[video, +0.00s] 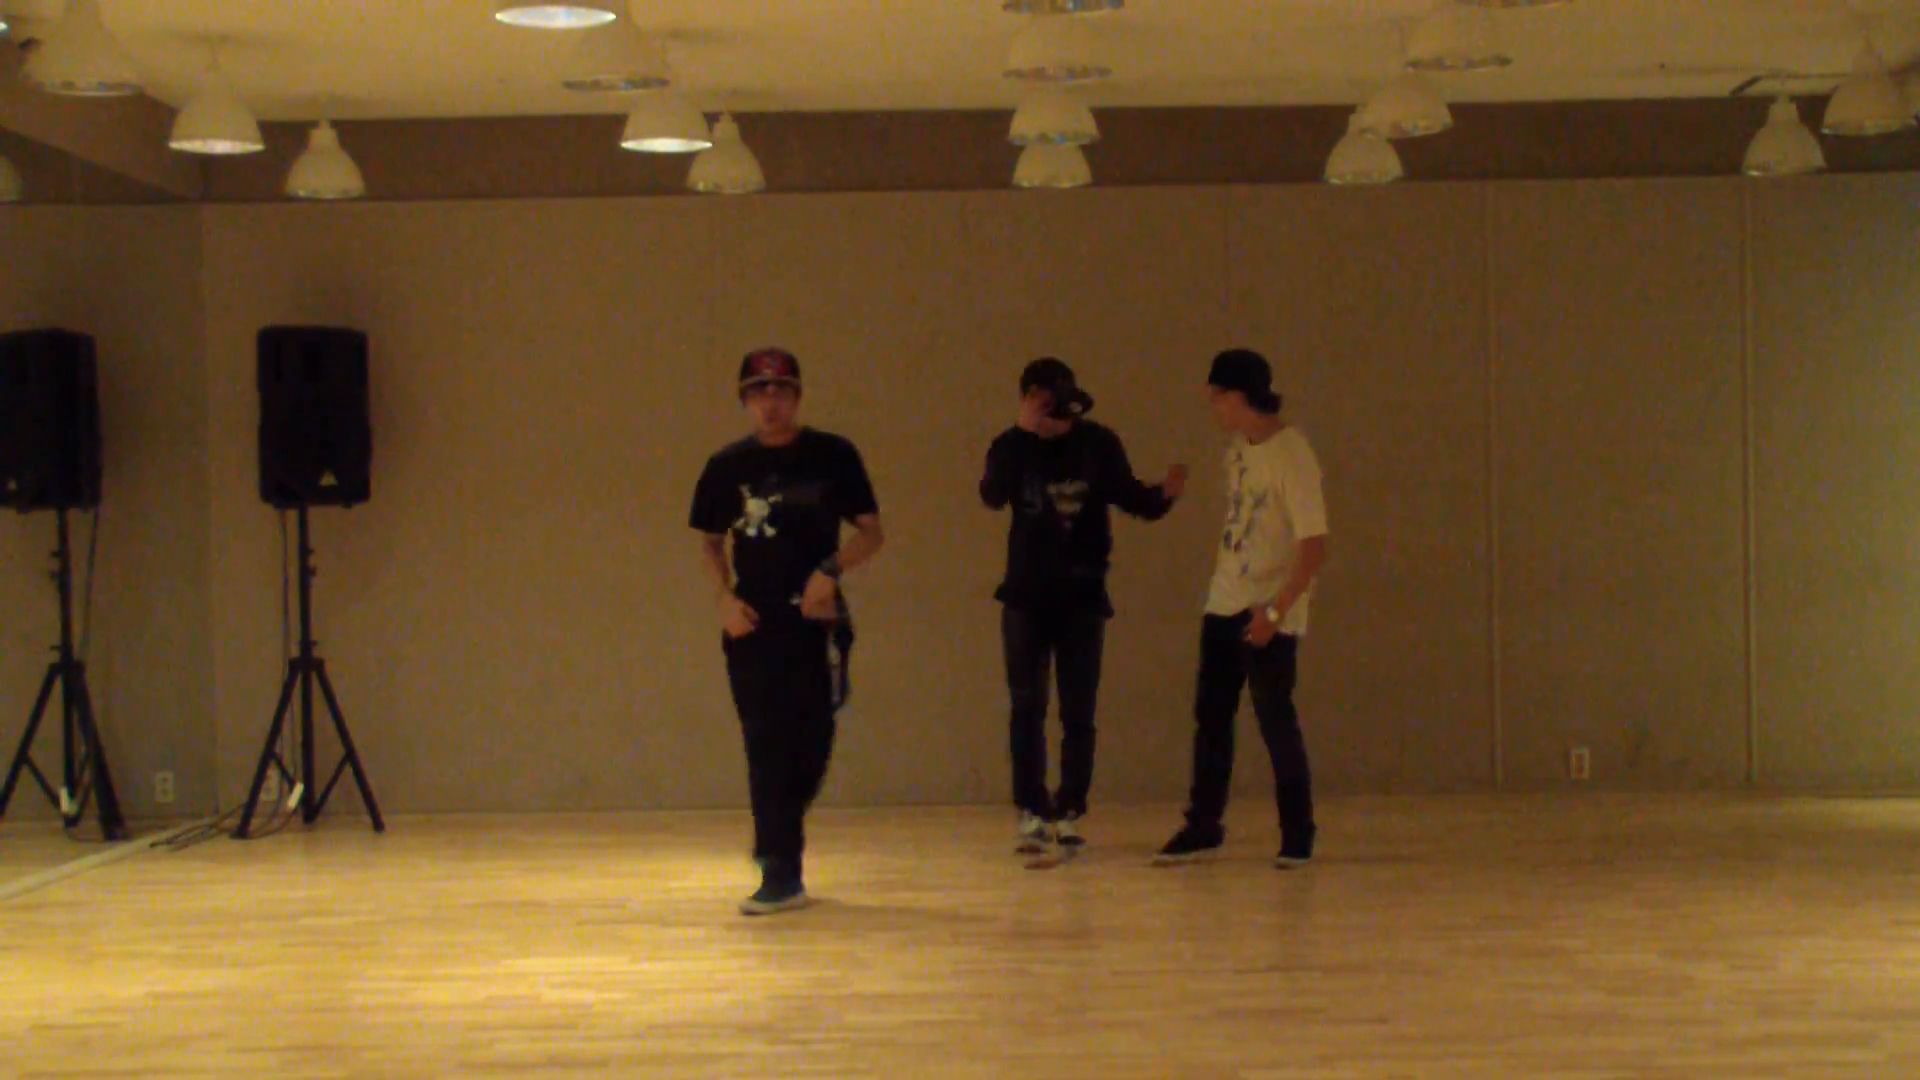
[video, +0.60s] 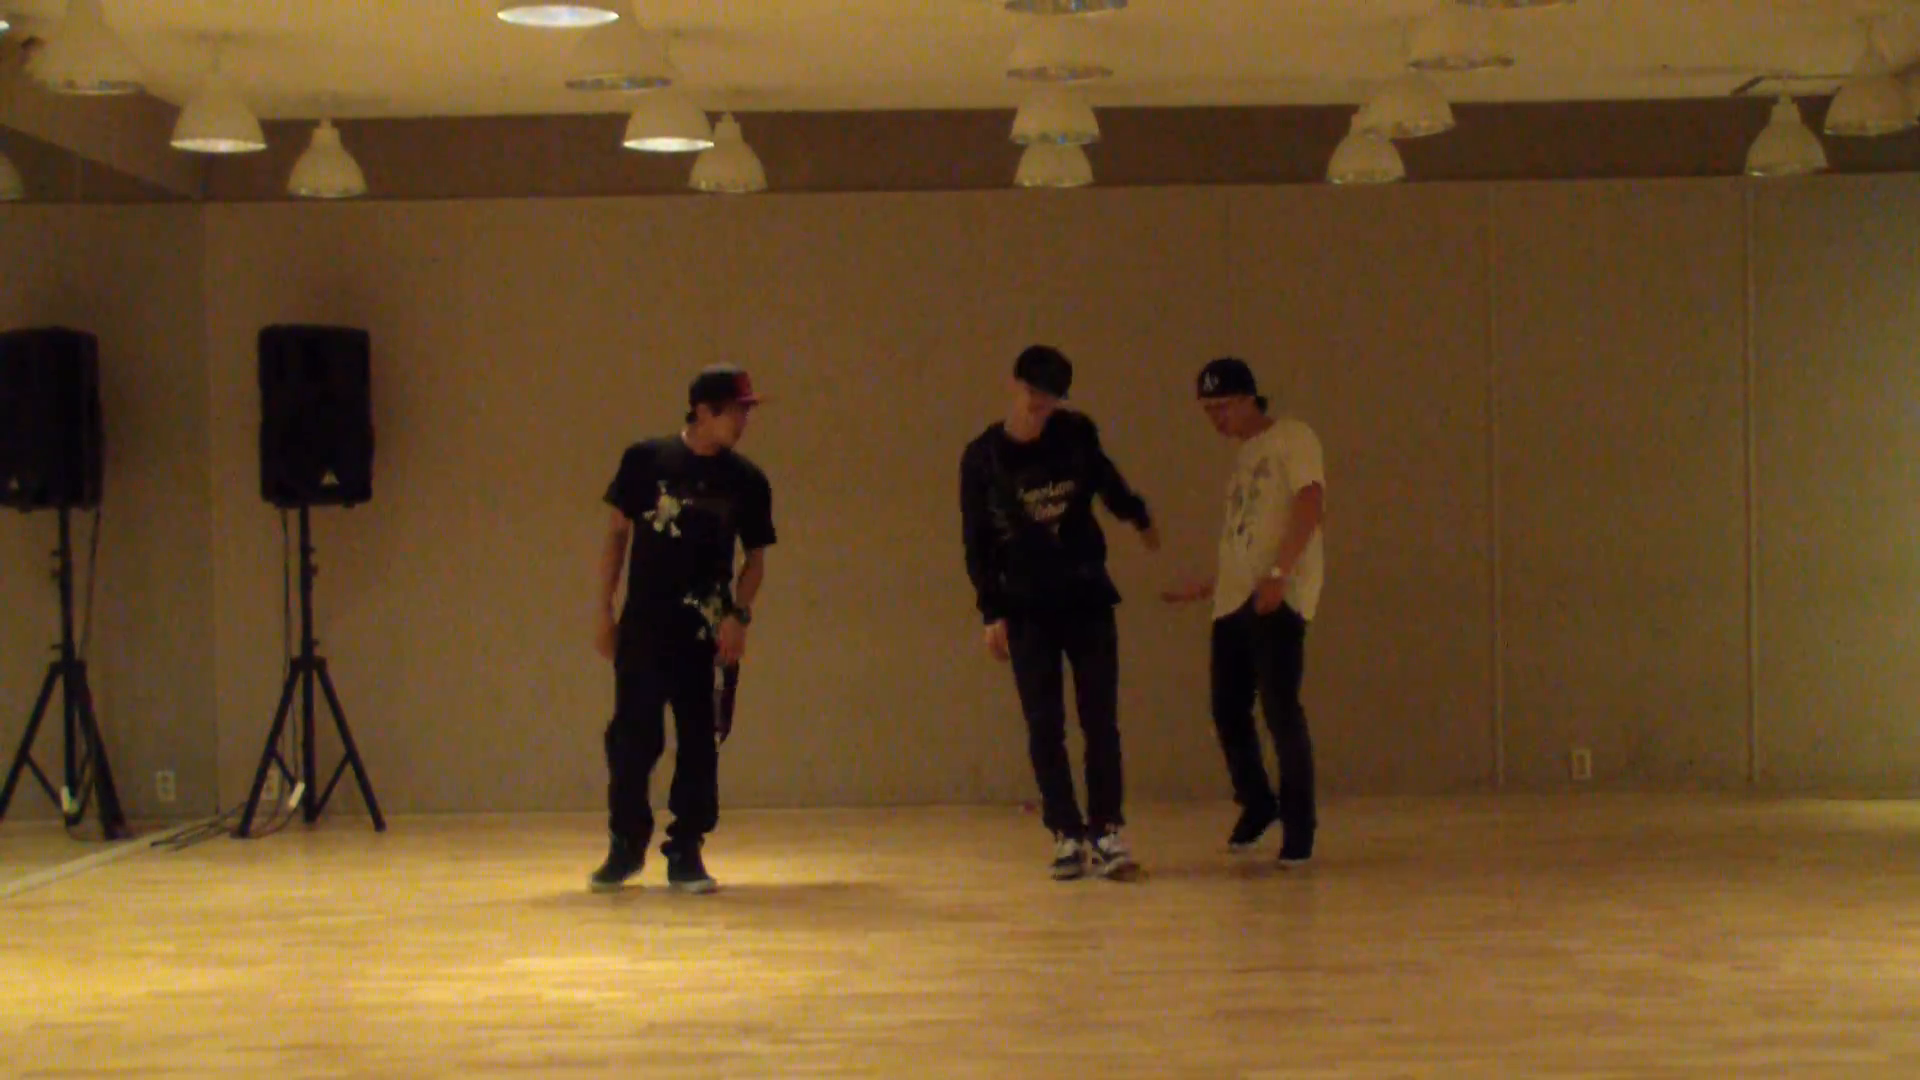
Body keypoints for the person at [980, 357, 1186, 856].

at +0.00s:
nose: (1043, 414)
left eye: (1052, 405)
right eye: (1037, 404)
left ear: (1067, 403)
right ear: (1025, 400)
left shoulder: (1097, 443)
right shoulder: (1011, 446)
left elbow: (1132, 500)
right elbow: (993, 497)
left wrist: (1164, 495)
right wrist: (1023, 433)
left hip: (1082, 596)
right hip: (1027, 595)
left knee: (1078, 712)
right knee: (1027, 706)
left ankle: (1069, 814)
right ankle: (1031, 812)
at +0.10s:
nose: (1027, 422)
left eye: (1036, 415)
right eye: (1029, 412)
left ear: (1059, 414)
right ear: (1026, 409)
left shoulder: (1100, 446)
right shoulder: (1008, 453)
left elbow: (1145, 479)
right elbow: (977, 521)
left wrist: (1203, 479)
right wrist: (1006, 475)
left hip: (1083, 599)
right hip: (1028, 599)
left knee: (1078, 711)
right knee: (1033, 705)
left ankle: (1070, 815)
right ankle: (1042, 809)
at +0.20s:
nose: (1062, 424)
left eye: (1064, 414)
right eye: (1053, 416)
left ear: (1066, 410)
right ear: (1027, 411)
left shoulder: (1098, 445)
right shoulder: (1004, 457)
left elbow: (1158, 473)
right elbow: (975, 529)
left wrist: (1230, 475)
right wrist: (985, 531)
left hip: (1085, 600)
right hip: (1030, 602)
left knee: (1079, 712)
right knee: (1039, 707)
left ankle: (1069, 816)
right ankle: (1054, 814)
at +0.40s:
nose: (1036, 441)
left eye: (1043, 431)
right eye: (1027, 432)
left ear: (1054, 417)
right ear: (1008, 422)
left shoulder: (1087, 443)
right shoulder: (995, 471)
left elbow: (1144, 470)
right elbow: (985, 540)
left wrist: (1209, 479)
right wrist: (979, 606)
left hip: (1091, 607)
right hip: (1034, 611)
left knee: (1094, 725)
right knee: (1042, 722)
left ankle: (1071, 801)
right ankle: (1063, 834)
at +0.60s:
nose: (1040, 411)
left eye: (1050, 403)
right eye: (1034, 399)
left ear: (1062, 399)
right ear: (1014, 387)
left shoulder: (1075, 432)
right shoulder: (983, 456)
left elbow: (1106, 482)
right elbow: (977, 541)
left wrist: (1137, 515)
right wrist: (991, 613)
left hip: (1087, 597)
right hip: (1026, 605)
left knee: (1100, 719)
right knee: (1045, 725)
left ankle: (1105, 832)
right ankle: (1067, 836)